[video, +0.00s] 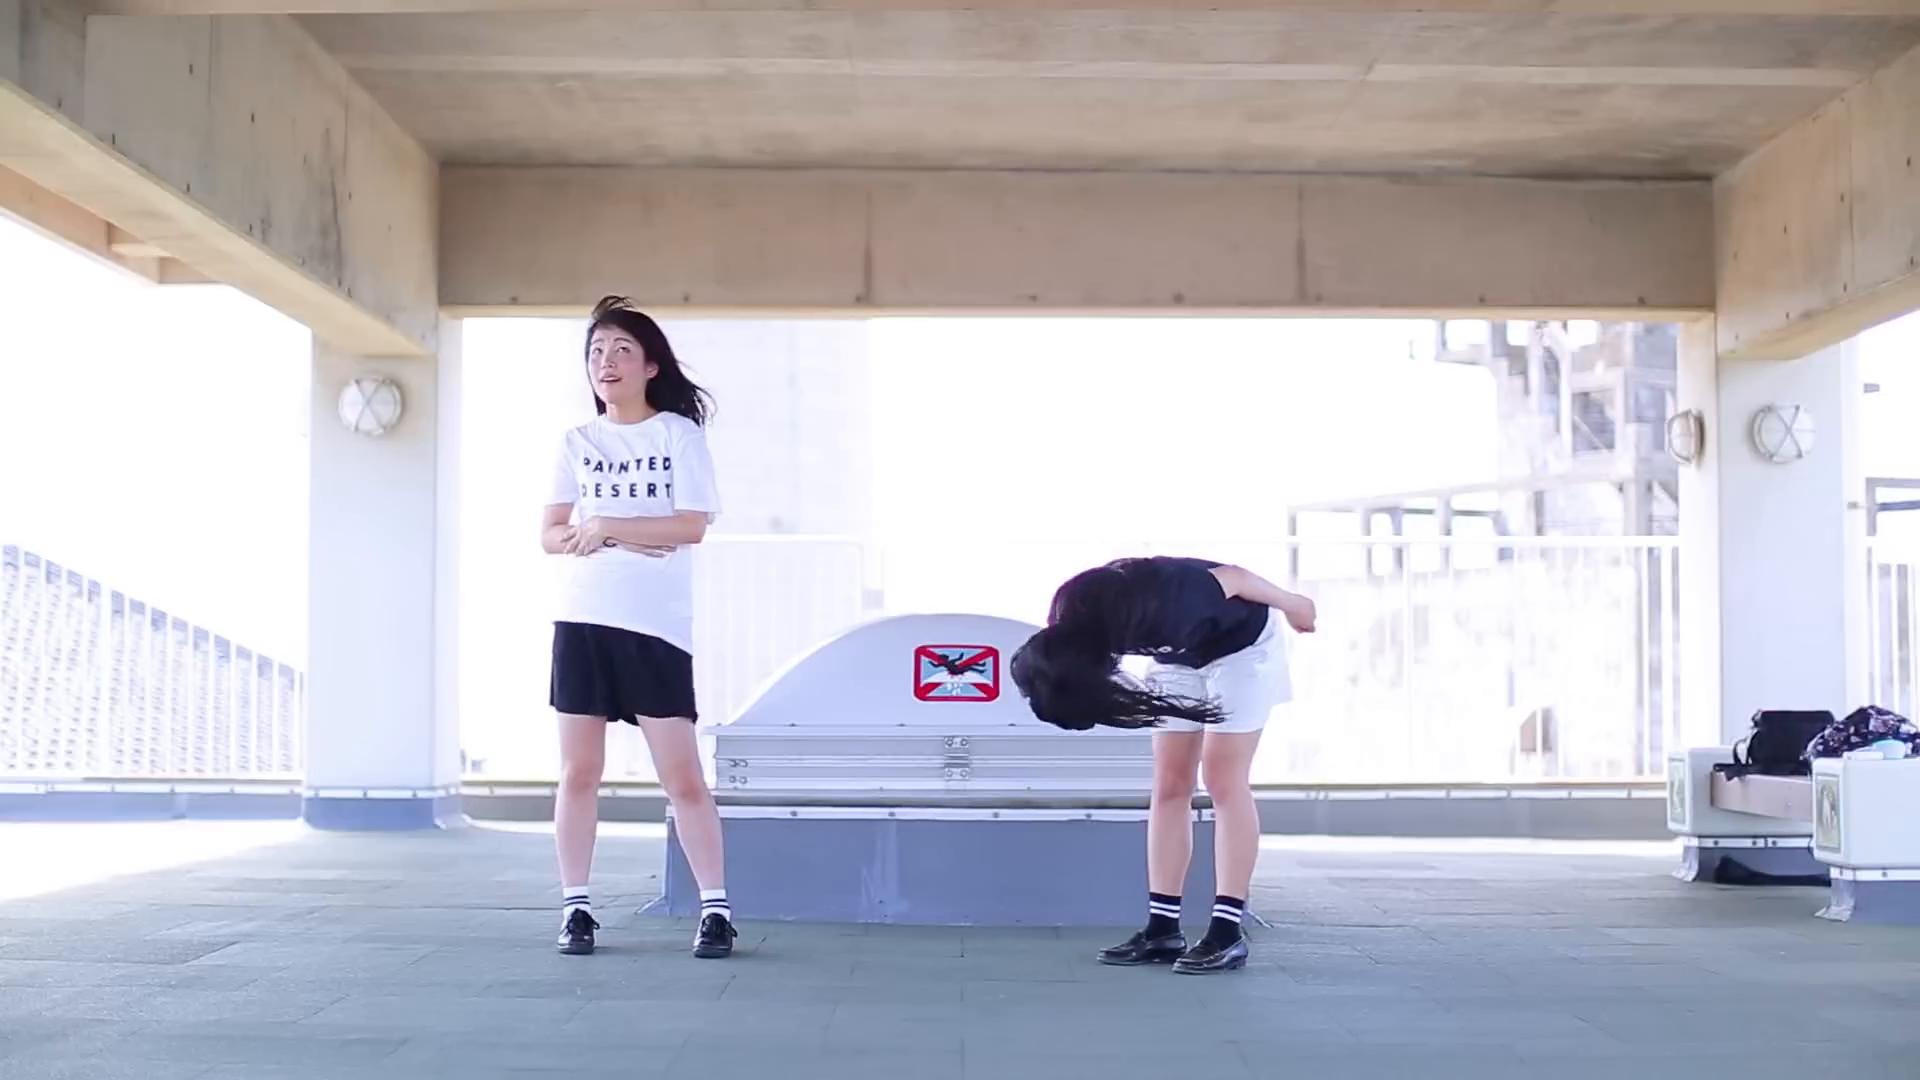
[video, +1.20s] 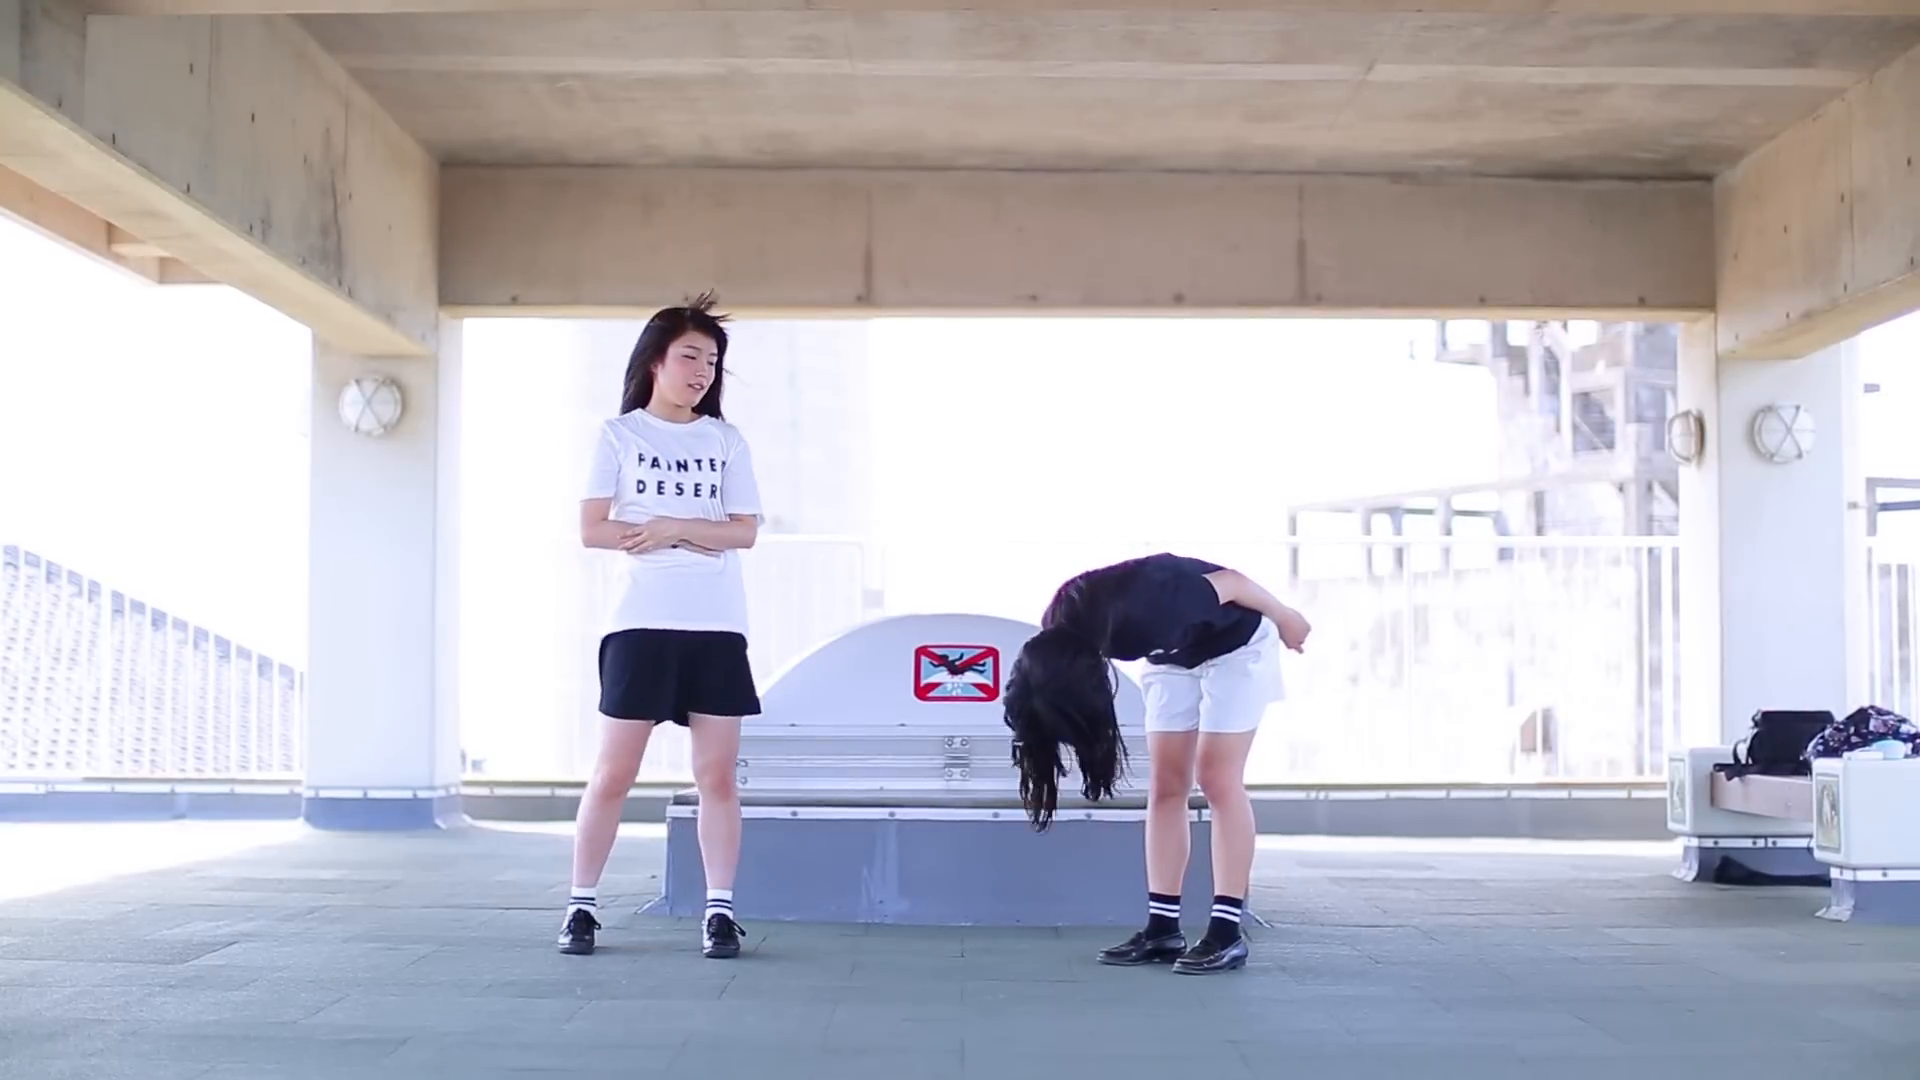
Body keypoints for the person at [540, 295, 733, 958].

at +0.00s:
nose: (606, 361)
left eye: (621, 349)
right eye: (597, 350)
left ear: (652, 363)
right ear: (587, 364)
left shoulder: (680, 433)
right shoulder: (577, 440)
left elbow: (693, 527)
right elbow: (551, 536)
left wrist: (604, 526)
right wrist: (607, 535)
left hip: (657, 625)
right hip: (582, 625)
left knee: (684, 781)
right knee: (578, 774)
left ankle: (714, 910)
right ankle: (575, 909)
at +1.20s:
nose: (700, 369)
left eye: (710, 360)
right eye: (688, 354)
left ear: (717, 372)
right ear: (654, 358)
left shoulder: (727, 440)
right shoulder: (619, 433)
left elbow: (746, 531)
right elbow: (592, 530)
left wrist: (672, 527)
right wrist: (685, 529)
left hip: (718, 629)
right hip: (643, 626)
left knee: (719, 778)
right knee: (613, 775)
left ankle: (720, 910)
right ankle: (582, 906)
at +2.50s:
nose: (795, 396)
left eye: (804, 386)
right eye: (787, 380)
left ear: (806, 392)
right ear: (752, 374)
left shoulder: (784, 466)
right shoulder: (686, 423)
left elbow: (777, 562)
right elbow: (631, 506)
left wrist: (708, 552)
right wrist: (702, 558)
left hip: (724, 633)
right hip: (653, 624)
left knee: (720, 779)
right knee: (666, 776)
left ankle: (720, 910)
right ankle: (682, 910)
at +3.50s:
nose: (726, 363)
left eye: (735, 353)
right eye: (712, 351)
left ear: (746, 361)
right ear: (682, 355)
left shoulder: (753, 441)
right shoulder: (646, 424)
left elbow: (763, 538)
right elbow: (601, 512)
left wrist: (704, 573)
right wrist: (676, 510)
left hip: (712, 630)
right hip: (636, 621)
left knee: (716, 778)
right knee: (609, 774)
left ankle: (719, 911)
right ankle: (583, 908)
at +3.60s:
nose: (699, 359)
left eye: (710, 349)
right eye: (686, 348)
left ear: (723, 357)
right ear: (658, 355)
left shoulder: (738, 438)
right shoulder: (630, 422)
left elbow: (749, 538)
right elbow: (580, 500)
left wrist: (713, 601)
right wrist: (640, 453)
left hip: (700, 626)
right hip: (624, 619)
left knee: (709, 779)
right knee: (602, 775)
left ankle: (718, 912)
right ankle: (582, 910)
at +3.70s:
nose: (671, 358)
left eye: (682, 347)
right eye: (656, 348)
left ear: (700, 356)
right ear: (632, 358)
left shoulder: (724, 438)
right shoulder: (616, 422)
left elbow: (742, 533)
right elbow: (561, 471)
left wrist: (728, 617)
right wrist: (610, 395)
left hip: (688, 630)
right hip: (609, 621)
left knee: (701, 780)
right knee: (594, 774)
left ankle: (718, 910)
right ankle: (581, 909)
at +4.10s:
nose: (598, 361)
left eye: (615, 350)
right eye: (592, 350)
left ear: (644, 364)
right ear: (583, 360)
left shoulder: (667, 434)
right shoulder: (563, 425)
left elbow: (707, 516)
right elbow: (486, 440)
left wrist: (681, 564)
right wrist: (538, 381)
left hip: (640, 622)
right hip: (565, 619)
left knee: (657, 780)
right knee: (570, 774)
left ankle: (672, 905)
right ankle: (579, 909)